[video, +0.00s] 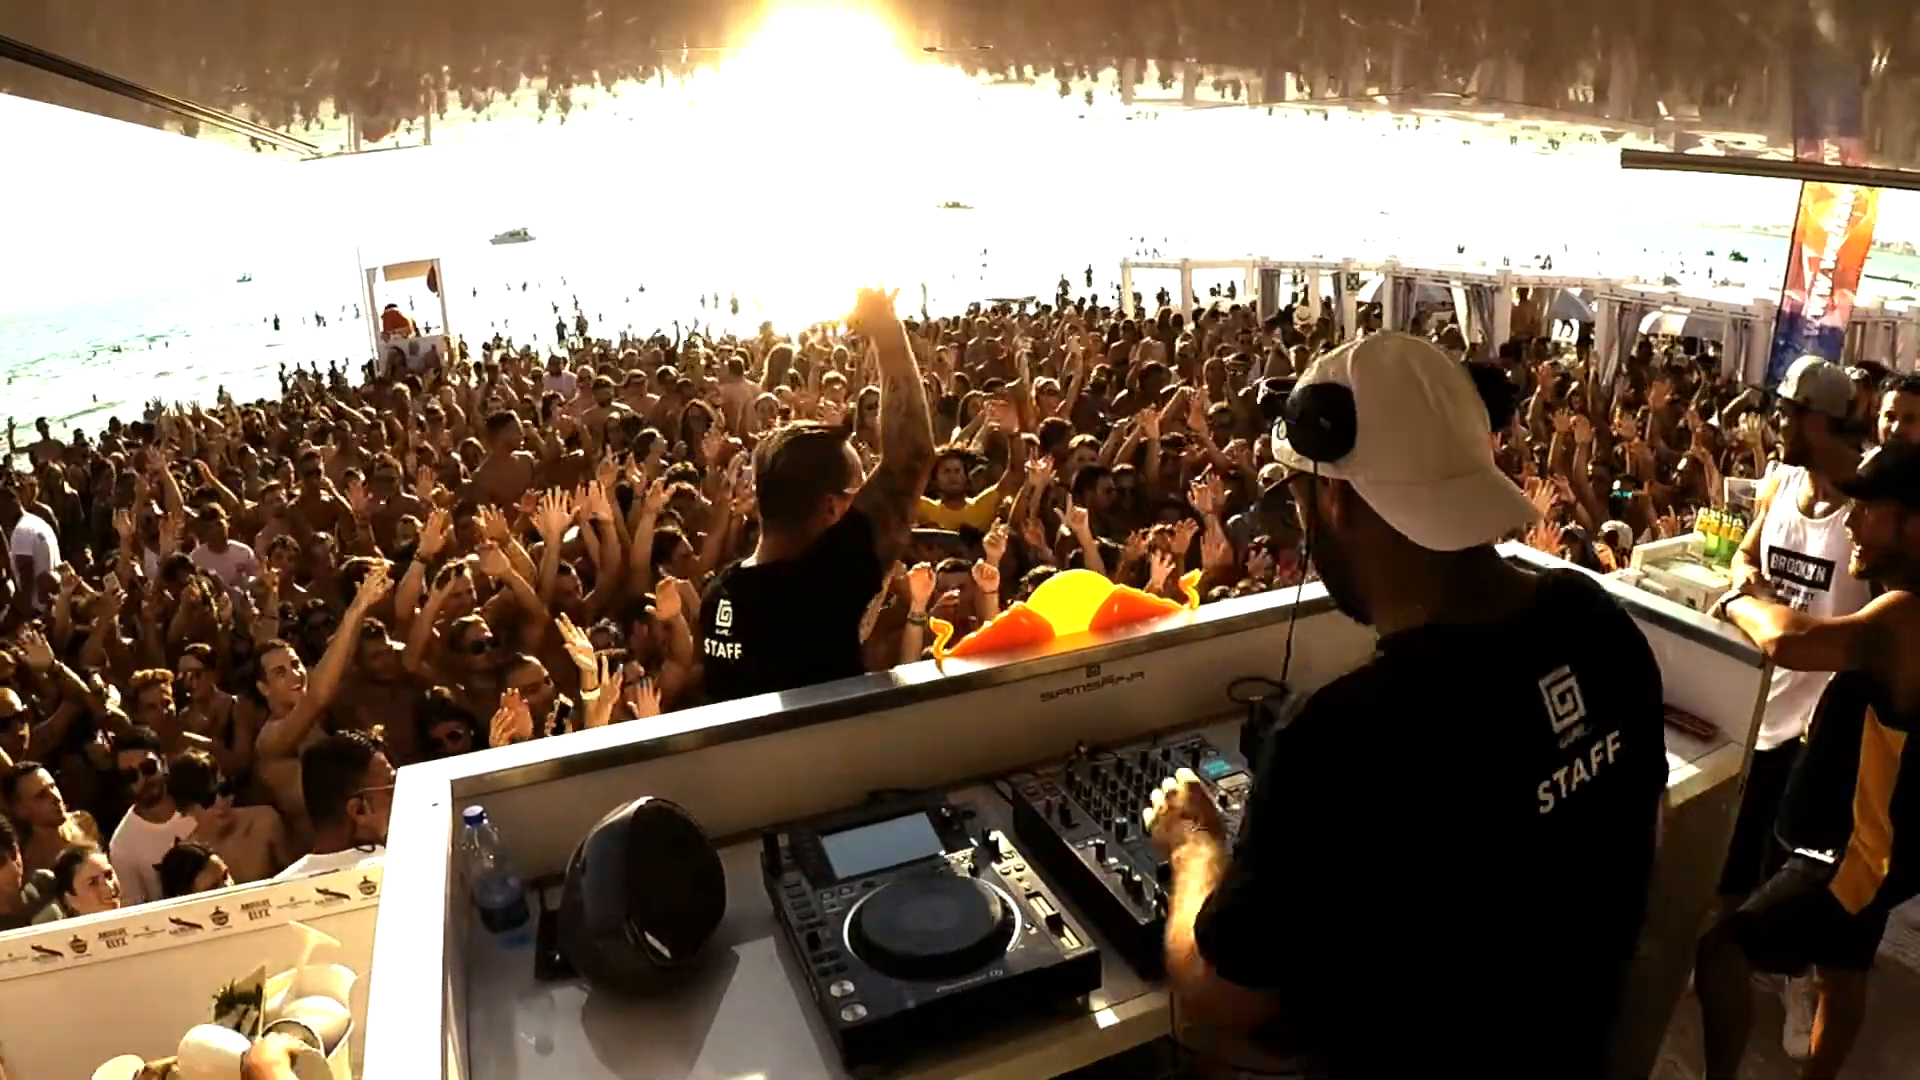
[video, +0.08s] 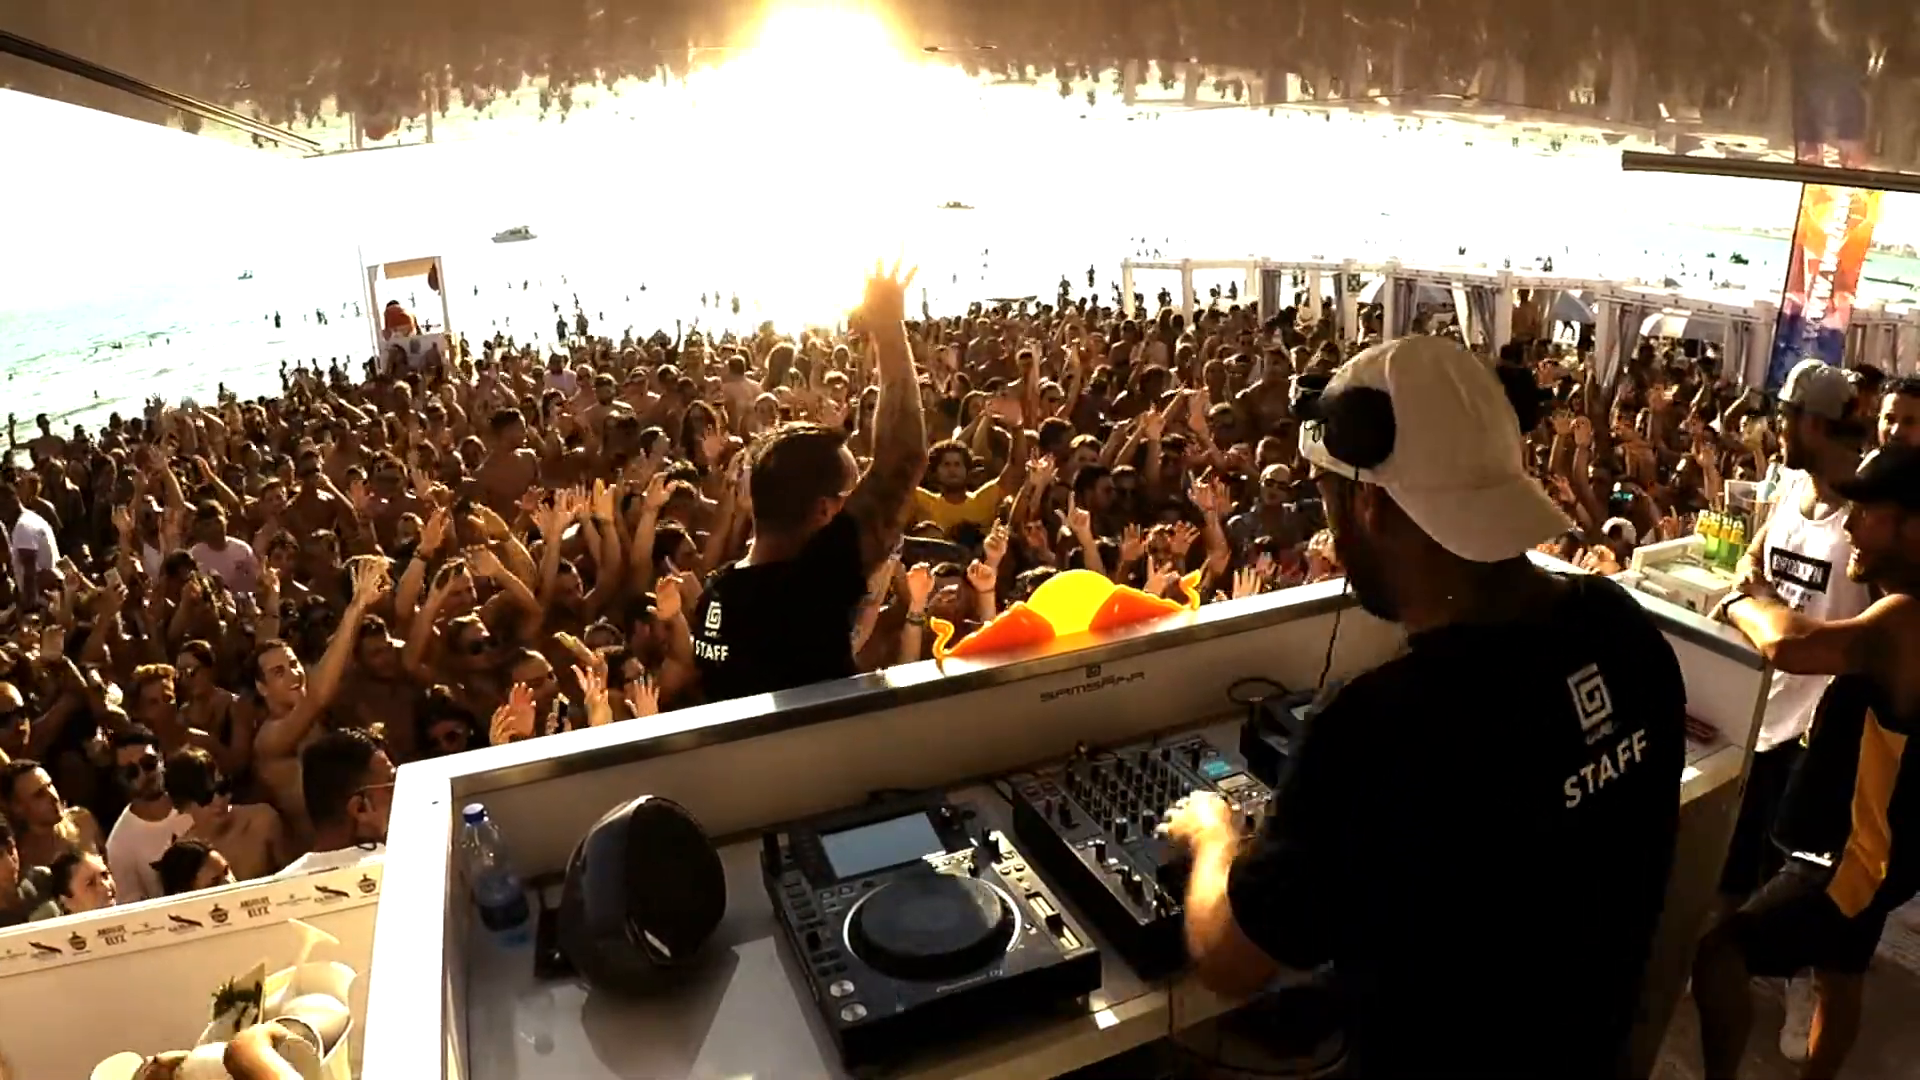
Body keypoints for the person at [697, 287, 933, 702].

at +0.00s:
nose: (860, 505)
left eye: (859, 494)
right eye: (855, 494)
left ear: (761, 498)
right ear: (832, 508)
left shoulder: (720, 593)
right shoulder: (831, 579)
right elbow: (910, 458)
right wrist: (885, 324)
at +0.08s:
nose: (857, 501)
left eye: (855, 490)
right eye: (851, 493)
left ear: (757, 501)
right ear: (825, 512)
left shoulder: (716, 592)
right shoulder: (823, 574)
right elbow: (903, 457)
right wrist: (889, 326)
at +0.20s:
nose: (850, 514)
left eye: (847, 502)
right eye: (843, 503)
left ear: (749, 512)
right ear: (817, 521)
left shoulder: (702, 605)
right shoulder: (812, 591)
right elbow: (901, 478)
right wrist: (888, 349)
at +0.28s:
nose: (843, 522)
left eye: (841, 509)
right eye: (838, 509)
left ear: (743, 511)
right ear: (810, 522)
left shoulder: (696, 606)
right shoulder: (805, 594)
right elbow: (902, 486)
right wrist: (890, 360)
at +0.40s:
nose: (825, 533)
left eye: (824, 516)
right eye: (822, 517)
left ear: (729, 519)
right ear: (794, 528)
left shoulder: (684, 612)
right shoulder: (785, 608)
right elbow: (894, 492)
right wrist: (884, 363)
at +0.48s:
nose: (819, 538)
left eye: (818, 522)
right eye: (815, 522)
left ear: (721, 526)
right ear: (788, 531)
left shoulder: (673, 621)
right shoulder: (790, 609)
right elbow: (891, 499)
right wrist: (880, 373)